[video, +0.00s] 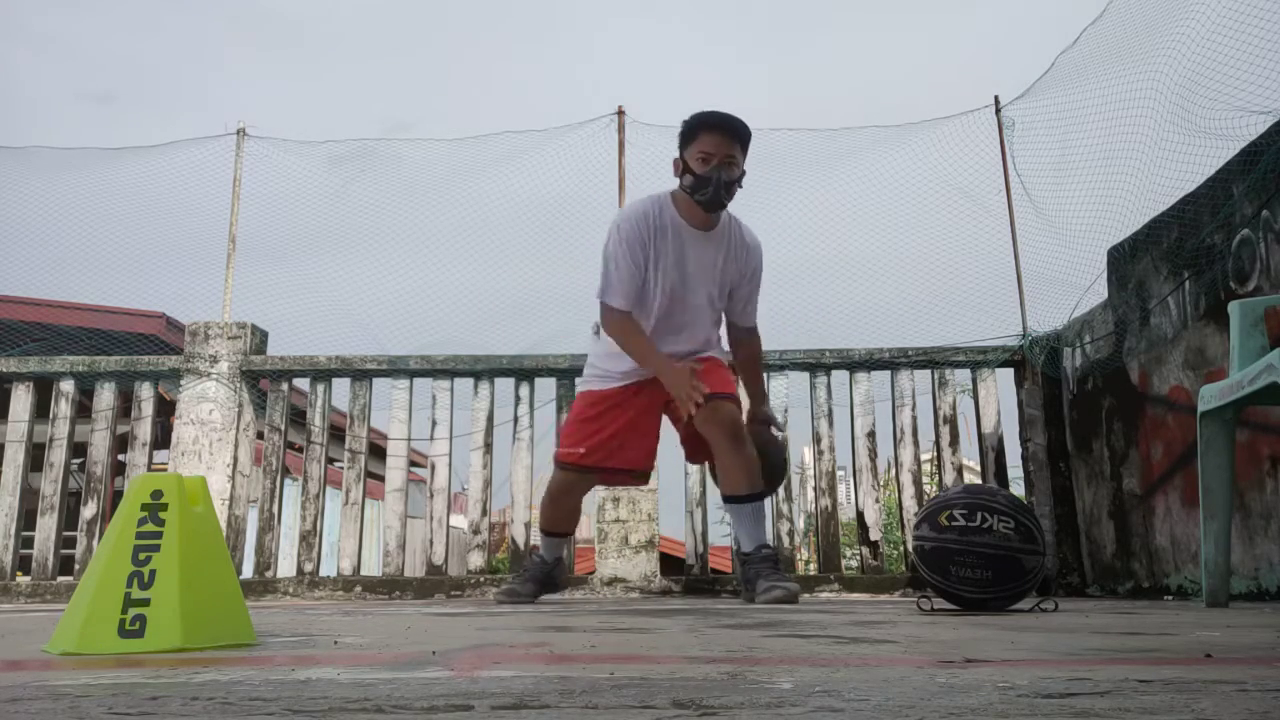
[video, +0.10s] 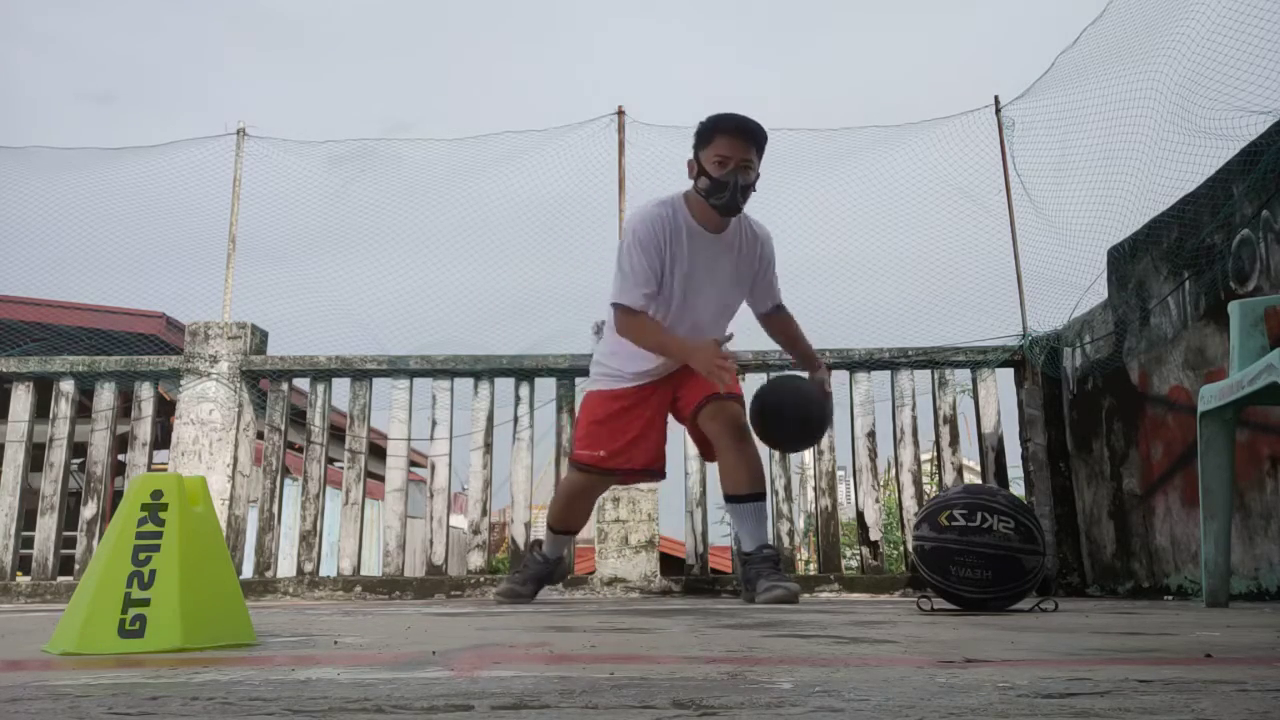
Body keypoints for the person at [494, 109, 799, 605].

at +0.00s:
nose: (718, 174)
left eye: (730, 164)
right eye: (706, 160)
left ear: (742, 174)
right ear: (681, 164)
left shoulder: (743, 246)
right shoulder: (636, 223)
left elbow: (745, 331)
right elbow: (615, 316)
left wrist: (759, 405)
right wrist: (665, 369)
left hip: (696, 362)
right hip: (622, 362)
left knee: (729, 426)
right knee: (571, 470)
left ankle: (757, 563)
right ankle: (547, 564)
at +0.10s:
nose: (733, 178)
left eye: (745, 168)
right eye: (721, 164)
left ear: (756, 176)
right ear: (695, 165)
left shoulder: (753, 241)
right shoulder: (650, 224)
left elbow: (771, 309)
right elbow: (628, 317)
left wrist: (811, 363)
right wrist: (691, 352)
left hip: (700, 364)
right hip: (626, 368)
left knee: (730, 424)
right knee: (588, 475)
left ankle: (759, 566)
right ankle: (549, 558)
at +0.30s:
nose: (714, 166)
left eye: (727, 156)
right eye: (703, 152)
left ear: (741, 162)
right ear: (680, 153)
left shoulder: (747, 226)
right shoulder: (642, 215)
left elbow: (769, 307)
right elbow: (649, 311)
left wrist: (799, 365)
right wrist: (702, 366)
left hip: (697, 354)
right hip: (622, 356)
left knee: (729, 429)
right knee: (580, 461)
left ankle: (759, 564)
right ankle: (547, 556)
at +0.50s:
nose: (659, 165)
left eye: (674, 154)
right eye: (648, 151)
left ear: (691, 161)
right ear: (630, 155)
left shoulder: (709, 227)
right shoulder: (598, 223)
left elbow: (708, 316)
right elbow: (577, 313)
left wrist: (689, 379)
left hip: (681, 362)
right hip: (607, 366)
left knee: (710, 426)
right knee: (556, 448)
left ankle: (758, 561)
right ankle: (541, 568)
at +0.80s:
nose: (657, 165)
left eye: (671, 154)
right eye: (646, 152)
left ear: (691, 164)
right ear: (629, 157)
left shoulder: (713, 233)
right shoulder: (592, 225)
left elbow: (734, 319)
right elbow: (569, 309)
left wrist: (747, 397)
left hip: (682, 362)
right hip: (604, 369)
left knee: (702, 425)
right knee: (550, 452)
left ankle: (755, 562)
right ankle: (541, 568)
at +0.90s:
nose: (687, 163)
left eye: (701, 153)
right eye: (676, 151)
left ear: (717, 164)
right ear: (657, 157)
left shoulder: (732, 238)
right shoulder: (618, 223)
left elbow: (735, 330)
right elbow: (604, 317)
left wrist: (740, 415)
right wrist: (615, 399)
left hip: (687, 362)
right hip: (617, 365)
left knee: (713, 423)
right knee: (555, 464)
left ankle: (755, 561)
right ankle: (542, 568)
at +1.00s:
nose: (713, 169)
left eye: (726, 159)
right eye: (701, 155)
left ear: (739, 169)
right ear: (678, 160)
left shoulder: (745, 243)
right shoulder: (637, 220)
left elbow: (743, 330)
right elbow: (616, 315)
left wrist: (755, 412)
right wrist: (646, 391)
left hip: (693, 362)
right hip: (620, 363)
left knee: (728, 422)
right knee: (569, 475)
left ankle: (758, 564)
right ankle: (542, 565)